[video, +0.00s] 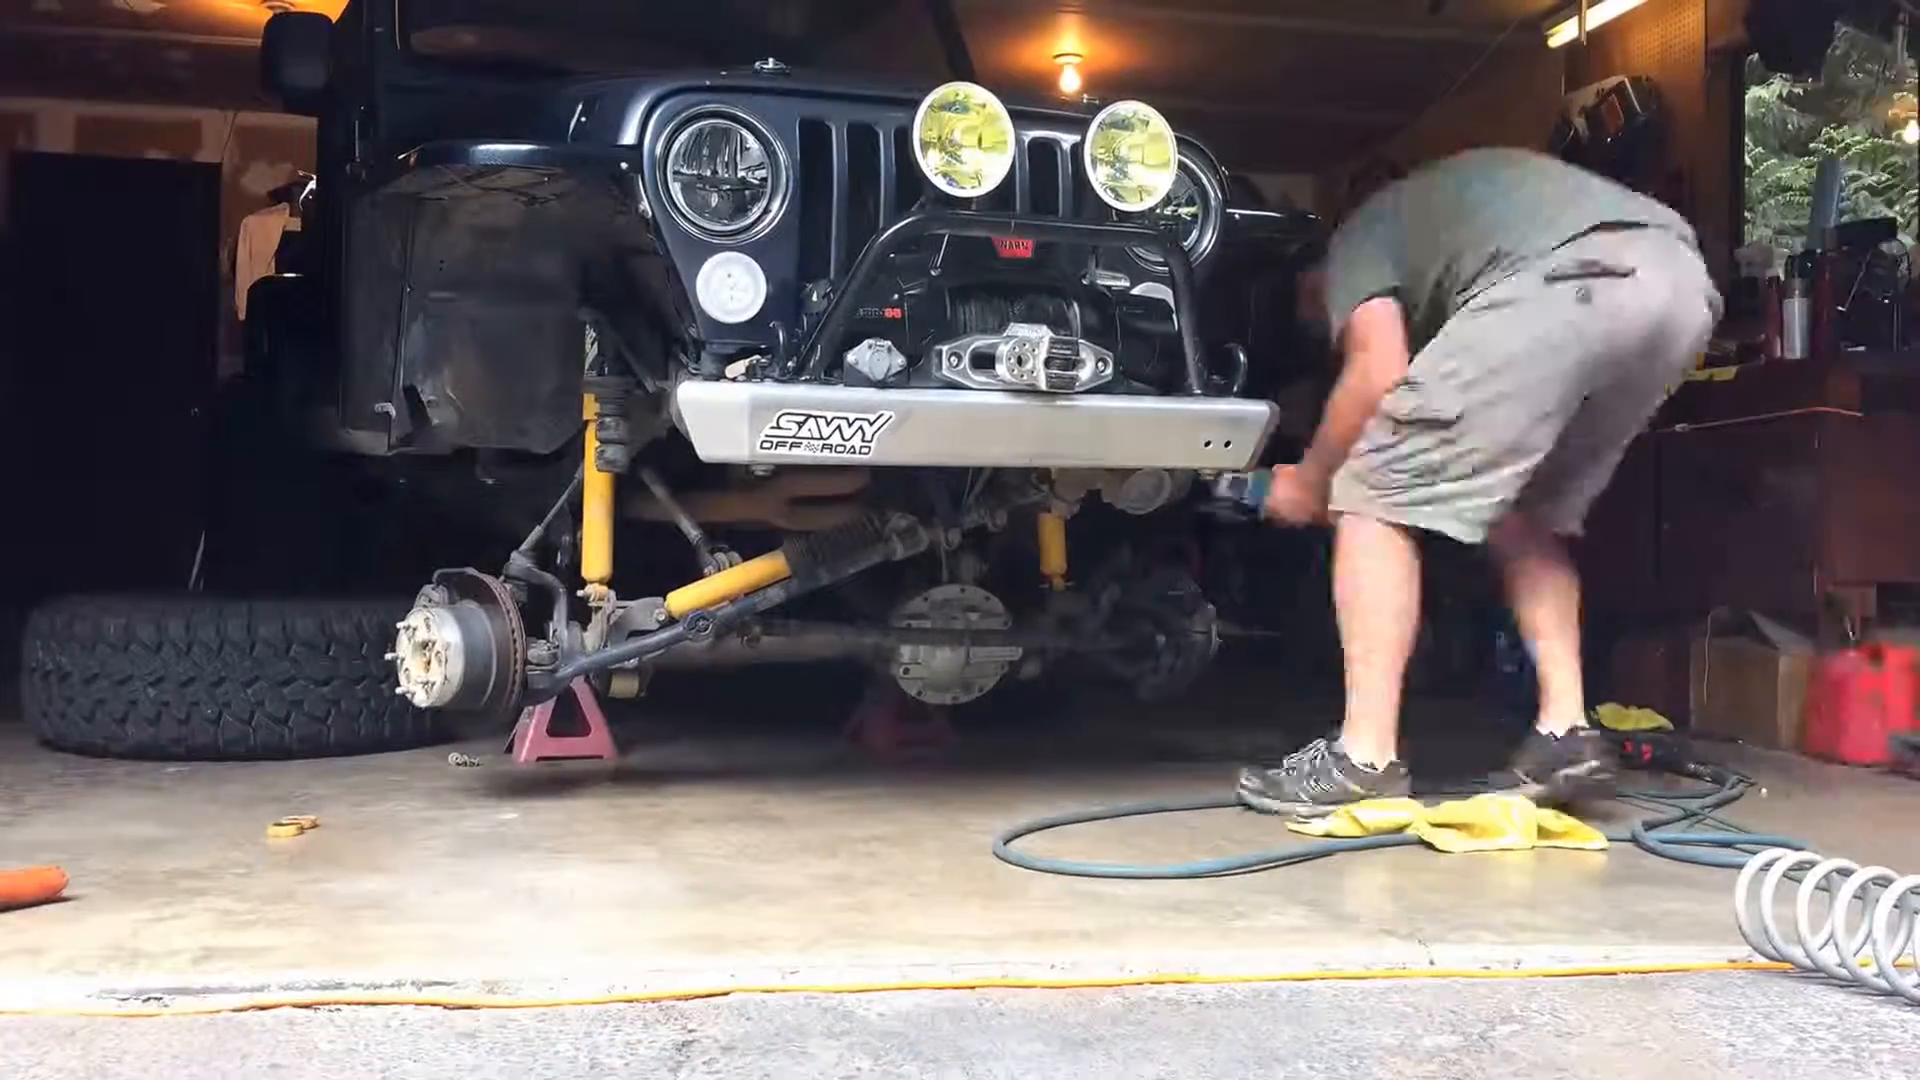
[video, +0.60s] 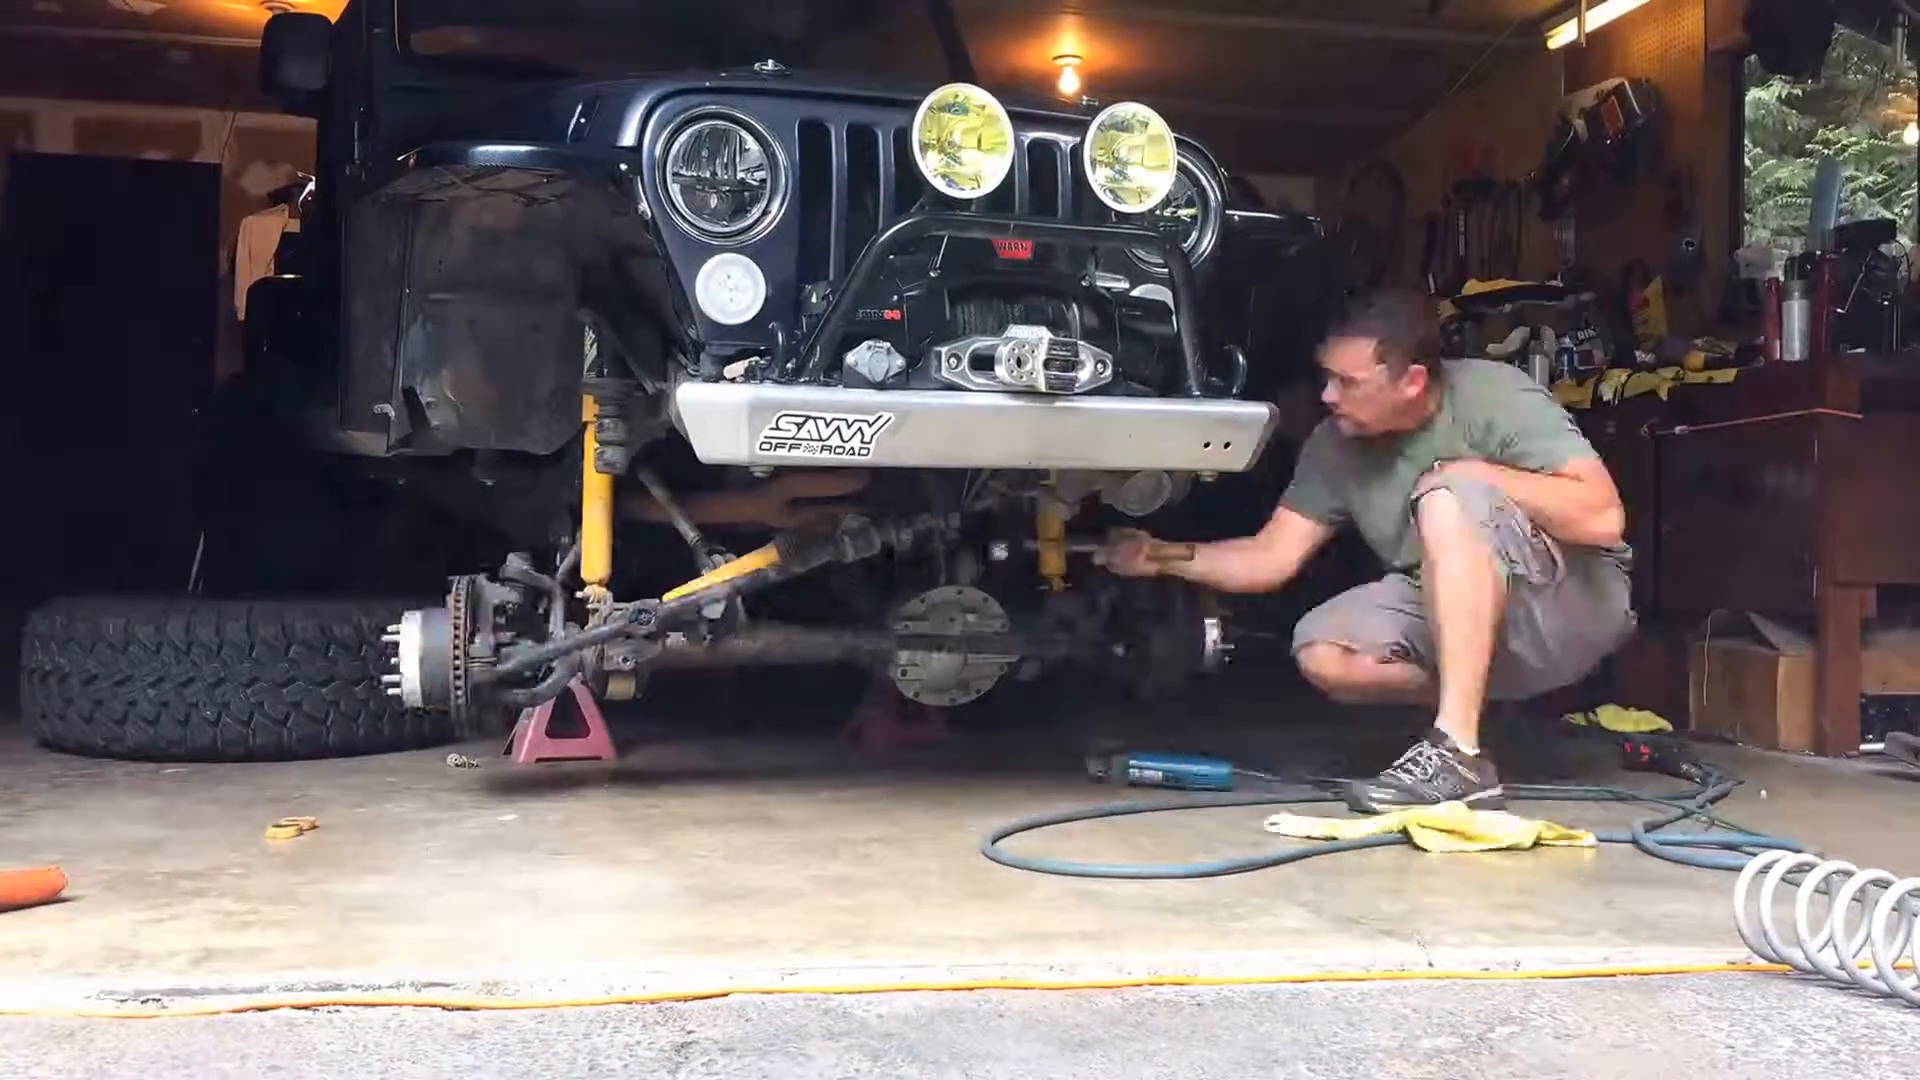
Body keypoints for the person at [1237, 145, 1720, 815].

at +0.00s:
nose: (1333, 325)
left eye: (1323, 319)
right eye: (1326, 324)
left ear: (1316, 285)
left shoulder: (1359, 236)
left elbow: (1379, 368)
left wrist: (1311, 476)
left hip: (1553, 286)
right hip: (1679, 287)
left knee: (1372, 497)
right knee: (1526, 520)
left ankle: (1363, 755)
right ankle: (1565, 732)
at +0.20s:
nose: (1259, 318)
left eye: (1262, 294)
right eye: (1254, 304)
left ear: (1310, 267)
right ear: (1318, 268)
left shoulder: (1344, 333)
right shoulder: (1390, 331)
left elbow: (1312, 488)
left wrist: (1222, 473)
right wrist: (1273, 457)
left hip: (1462, 597)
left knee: (1206, 573)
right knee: (1285, 743)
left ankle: (1396, 737)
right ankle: (1504, 720)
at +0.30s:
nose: (1424, 217)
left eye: (1449, 204)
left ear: (1518, 226)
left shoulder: (1559, 310)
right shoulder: (1430, 293)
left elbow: (1486, 473)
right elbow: (1411, 426)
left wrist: (1377, 491)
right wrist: (1377, 541)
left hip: (1643, 532)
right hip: (1534, 539)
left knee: (1424, 532)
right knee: (1379, 657)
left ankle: (1528, 763)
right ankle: (1585, 720)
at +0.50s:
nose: (1268, 454)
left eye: (1266, 431)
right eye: (1264, 442)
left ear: (1284, 394)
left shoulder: (1346, 391)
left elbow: (1240, 531)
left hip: (1531, 628)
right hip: (1593, 653)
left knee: (1275, 533)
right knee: (1309, 648)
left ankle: (1316, 767)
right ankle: (1508, 731)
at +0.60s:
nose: (1328, 397)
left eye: (1347, 383)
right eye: (1327, 379)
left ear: (1412, 381)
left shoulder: (1500, 401)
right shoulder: (1335, 448)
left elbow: (1602, 519)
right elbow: (1271, 558)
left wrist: (1479, 476)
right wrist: (1162, 557)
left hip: (1568, 611)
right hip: (1445, 619)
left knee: (1449, 504)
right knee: (1323, 653)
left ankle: (1458, 750)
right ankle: (1472, 702)